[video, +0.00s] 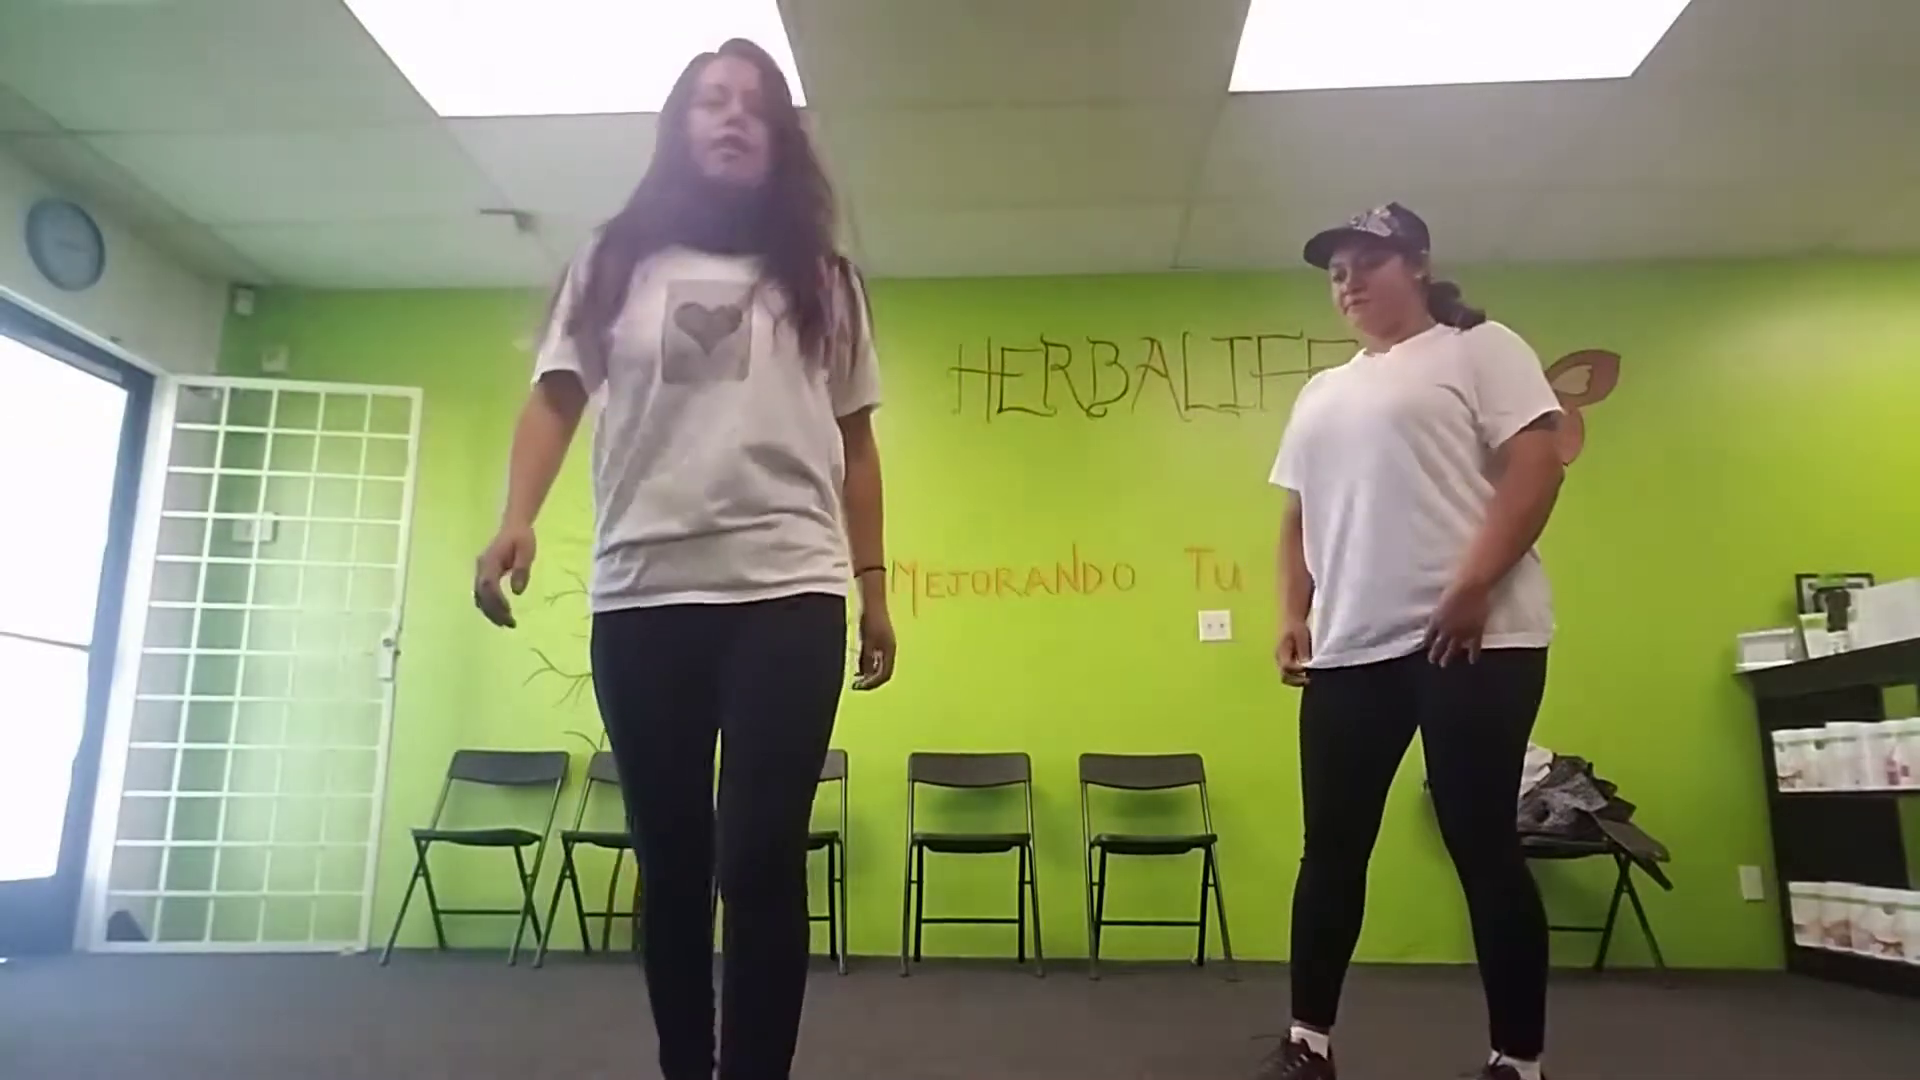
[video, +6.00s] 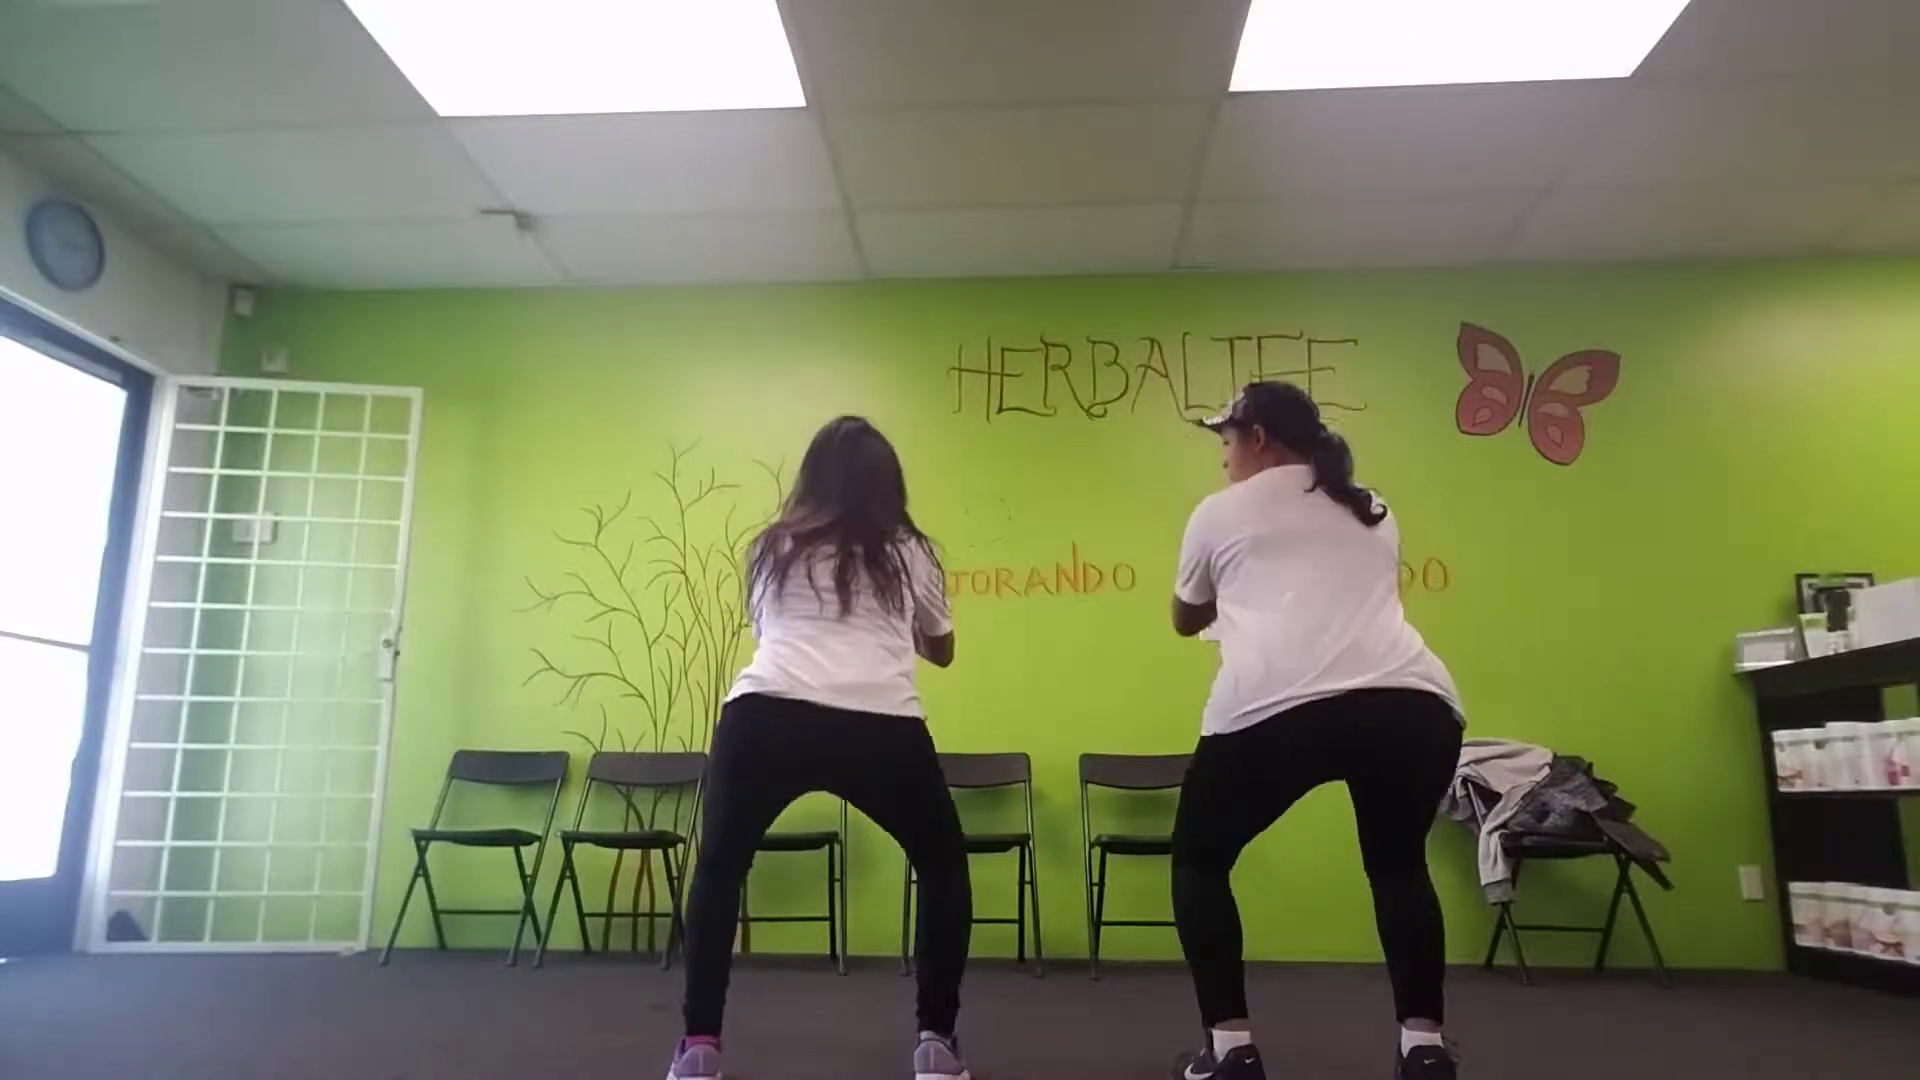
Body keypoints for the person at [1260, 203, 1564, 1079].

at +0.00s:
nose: (1349, 283)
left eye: (1367, 264)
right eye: (1339, 273)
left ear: (1418, 265)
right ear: (1335, 287)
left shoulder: (1483, 348)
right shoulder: (1320, 393)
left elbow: (1536, 464)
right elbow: (1300, 517)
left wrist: (1475, 584)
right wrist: (1294, 610)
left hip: (1475, 641)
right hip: (1350, 656)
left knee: (1483, 845)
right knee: (1331, 847)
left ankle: (1518, 1060)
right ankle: (1308, 1044)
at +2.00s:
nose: (1347, 301)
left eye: (1360, 283)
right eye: (1346, 289)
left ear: (1412, 283)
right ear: (1392, 291)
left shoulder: (1473, 355)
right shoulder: (1380, 399)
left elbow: (1505, 479)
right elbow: (1362, 542)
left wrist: (1462, 606)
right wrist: (1337, 652)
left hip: (1474, 650)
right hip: (1374, 662)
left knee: (1496, 848)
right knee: (1341, 839)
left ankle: (1508, 1058)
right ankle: (1310, 1035)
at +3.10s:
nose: (1317, 307)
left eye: (1328, 290)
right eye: (1317, 293)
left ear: (1376, 291)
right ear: (1379, 297)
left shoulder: (1394, 360)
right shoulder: (1406, 365)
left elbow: (1389, 486)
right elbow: (1401, 516)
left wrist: (1336, 620)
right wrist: (1360, 645)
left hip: (1427, 635)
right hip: (1410, 638)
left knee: (1451, 835)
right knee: (1401, 833)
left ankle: (1503, 1060)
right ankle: (1411, 1044)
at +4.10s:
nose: (1284, 351)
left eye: (1292, 337)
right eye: (1285, 338)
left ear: (1329, 333)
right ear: (1363, 337)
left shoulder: (1316, 387)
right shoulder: (1422, 418)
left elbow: (1289, 485)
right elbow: (1454, 552)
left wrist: (1207, 570)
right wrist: (1384, 606)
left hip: (1335, 649)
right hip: (1424, 645)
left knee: (1315, 836)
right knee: (1399, 831)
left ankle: (1455, 1012)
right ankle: (1408, 1036)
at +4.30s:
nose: (1276, 351)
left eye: (1284, 337)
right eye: (1277, 337)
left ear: (1319, 336)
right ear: (1359, 340)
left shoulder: (1295, 395)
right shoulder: (1424, 417)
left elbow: (1244, 492)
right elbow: (1455, 545)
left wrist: (1189, 551)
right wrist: (1375, 566)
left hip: (1316, 651)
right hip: (1422, 645)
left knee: (1293, 832)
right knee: (1402, 832)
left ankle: (1358, 1014)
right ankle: (1419, 1033)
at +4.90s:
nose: (1202, 330)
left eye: (1209, 316)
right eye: (1205, 316)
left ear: (1232, 319)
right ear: (1290, 319)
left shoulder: (1184, 394)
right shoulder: (1347, 394)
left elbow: (1153, 508)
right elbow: (1356, 505)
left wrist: (1236, 475)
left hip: (1225, 647)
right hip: (1346, 638)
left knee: (1230, 845)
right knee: (1362, 831)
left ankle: (1235, 1050)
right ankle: (1407, 1036)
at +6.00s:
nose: (1224, 458)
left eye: (1229, 443)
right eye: (1225, 443)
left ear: (1259, 440)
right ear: (1305, 443)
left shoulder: (1219, 514)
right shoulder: (1373, 510)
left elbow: (1187, 618)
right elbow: (1375, 595)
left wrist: (1266, 583)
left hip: (1274, 716)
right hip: (1409, 709)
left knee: (1200, 863)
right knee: (1399, 862)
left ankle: (1231, 1049)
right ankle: (1424, 1043)